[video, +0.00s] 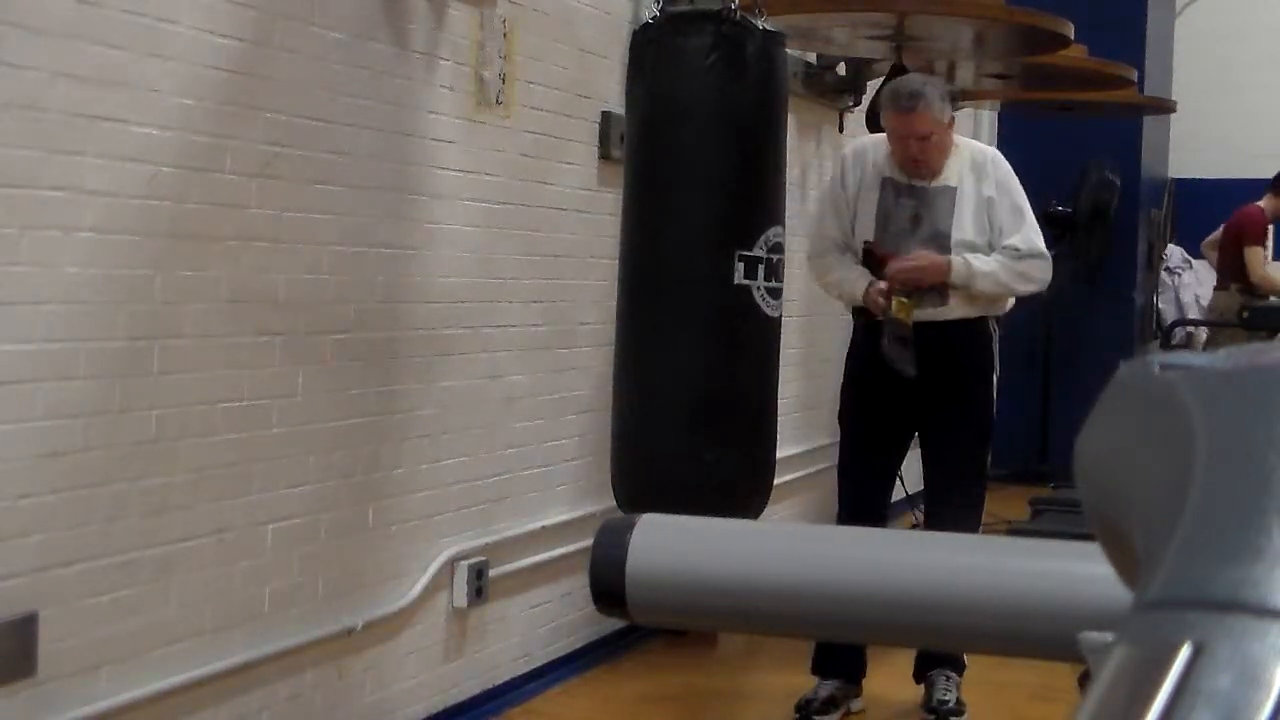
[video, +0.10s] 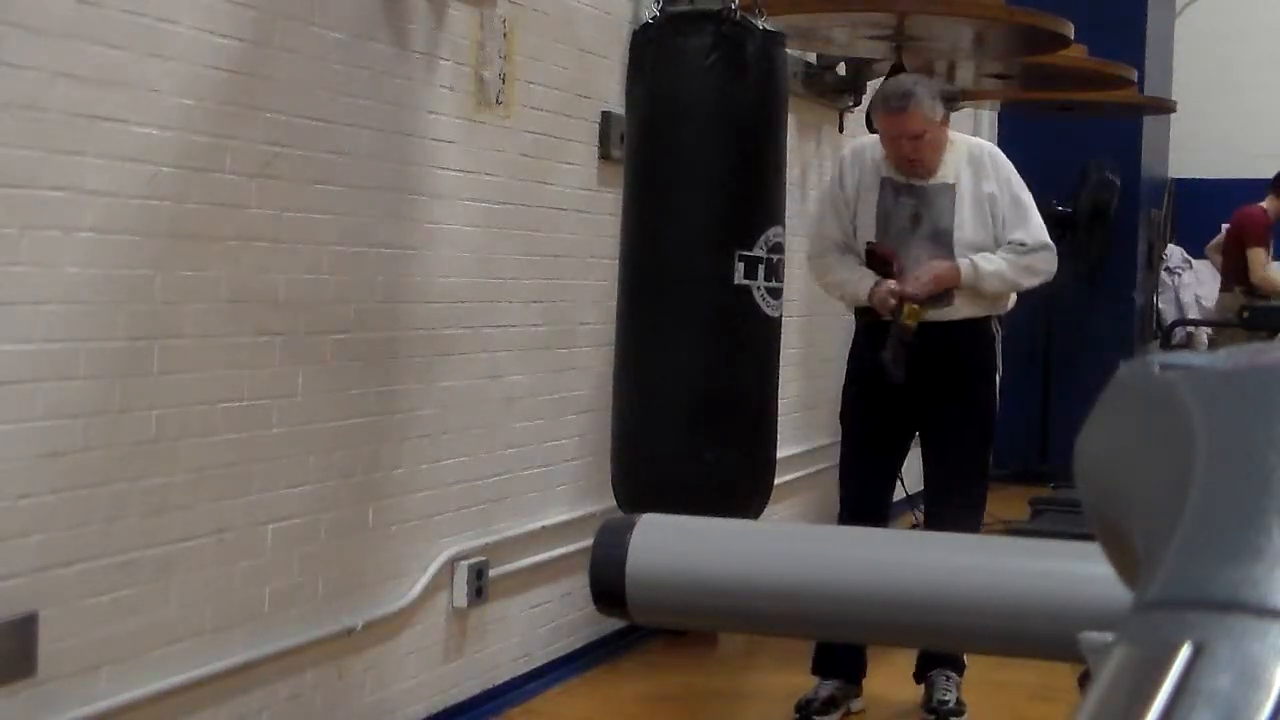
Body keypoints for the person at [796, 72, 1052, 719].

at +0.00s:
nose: (914, 150)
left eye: (925, 139)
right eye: (901, 138)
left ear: (949, 125)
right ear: (884, 126)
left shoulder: (987, 168)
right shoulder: (855, 164)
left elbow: (1035, 267)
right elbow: (824, 253)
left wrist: (948, 269)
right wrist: (862, 288)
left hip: (960, 354)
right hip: (876, 351)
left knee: (955, 516)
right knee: (857, 512)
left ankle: (942, 669)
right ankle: (839, 674)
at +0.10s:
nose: (906, 149)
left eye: (918, 136)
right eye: (893, 138)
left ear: (942, 125)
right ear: (876, 129)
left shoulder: (985, 164)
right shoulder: (853, 165)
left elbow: (1039, 257)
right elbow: (825, 257)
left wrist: (960, 274)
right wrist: (869, 288)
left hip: (963, 353)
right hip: (878, 352)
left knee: (955, 516)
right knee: (858, 511)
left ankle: (942, 668)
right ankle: (838, 673)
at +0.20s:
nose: (896, 153)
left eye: (907, 139)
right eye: (883, 142)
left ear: (935, 125)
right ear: (869, 133)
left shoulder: (983, 162)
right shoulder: (851, 167)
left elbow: (1038, 254)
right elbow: (825, 258)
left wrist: (963, 275)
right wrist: (873, 291)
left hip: (967, 354)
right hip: (881, 352)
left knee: (959, 515)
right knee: (861, 511)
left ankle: (943, 667)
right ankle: (839, 673)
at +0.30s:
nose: (892, 155)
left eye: (904, 140)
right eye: (879, 144)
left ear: (933, 124)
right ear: (864, 135)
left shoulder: (981, 163)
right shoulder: (848, 170)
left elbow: (1035, 256)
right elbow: (824, 265)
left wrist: (964, 278)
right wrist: (874, 292)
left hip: (968, 355)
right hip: (882, 355)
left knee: (960, 516)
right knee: (862, 512)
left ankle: (943, 668)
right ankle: (839, 674)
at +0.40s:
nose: (892, 155)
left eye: (903, 141)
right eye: (879, 144)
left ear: (932, 125)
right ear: (864, 135)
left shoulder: (982, 163)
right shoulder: (849, 170)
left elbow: (1032, 258)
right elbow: (825, 265)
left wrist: (961, 283)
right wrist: (874, 291)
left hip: (968, 353)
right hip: (883, 352)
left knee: (960, 514)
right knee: (862, 510)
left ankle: (943, 668)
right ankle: (839, 673)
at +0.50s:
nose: (894, 157)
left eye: (905, 143)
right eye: (882, 146)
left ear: (933, 123)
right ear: (867, 133)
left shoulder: (984, 163)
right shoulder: (851, 167)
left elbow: (1031, 262)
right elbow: (825, 264)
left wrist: (959, 285)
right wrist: (875, 289)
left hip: (967, 356)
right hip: (882, 353)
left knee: (959, 516)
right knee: (861, 510)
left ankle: (943, 670)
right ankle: (839, 673)